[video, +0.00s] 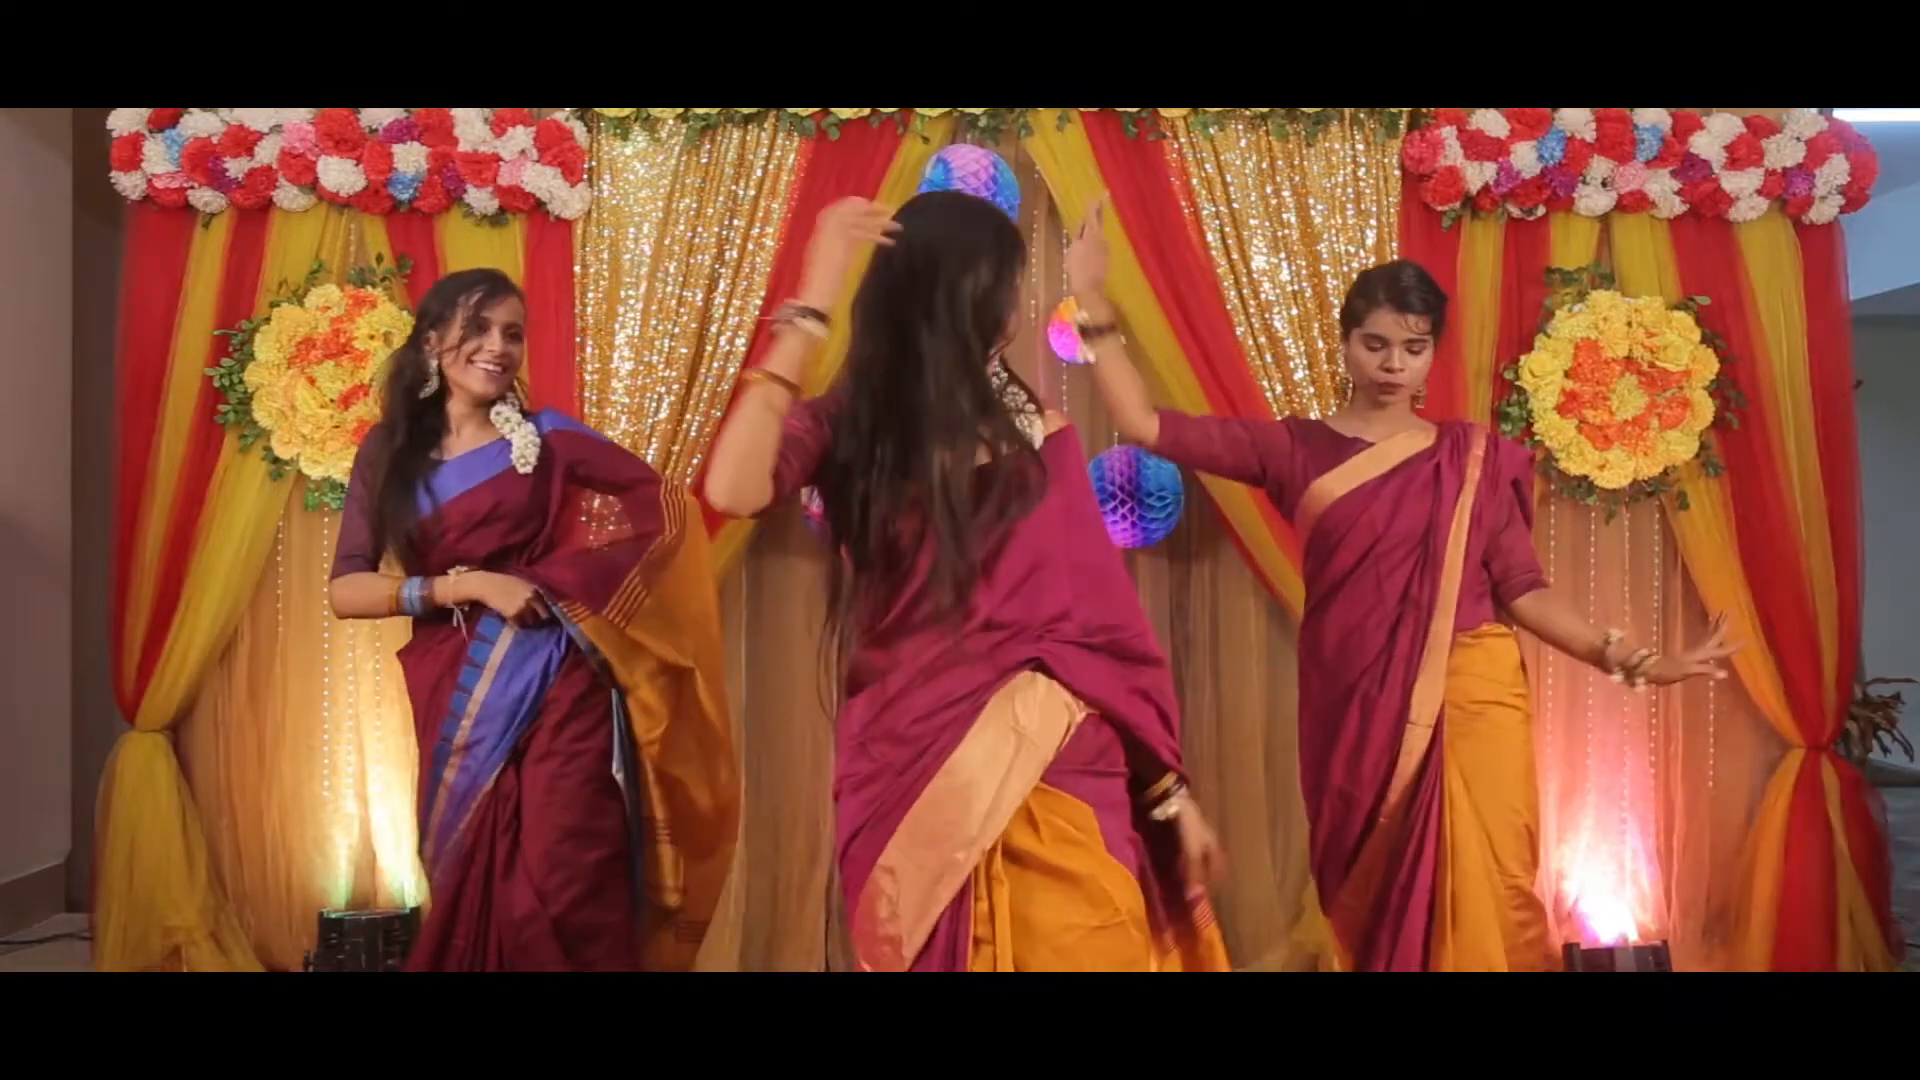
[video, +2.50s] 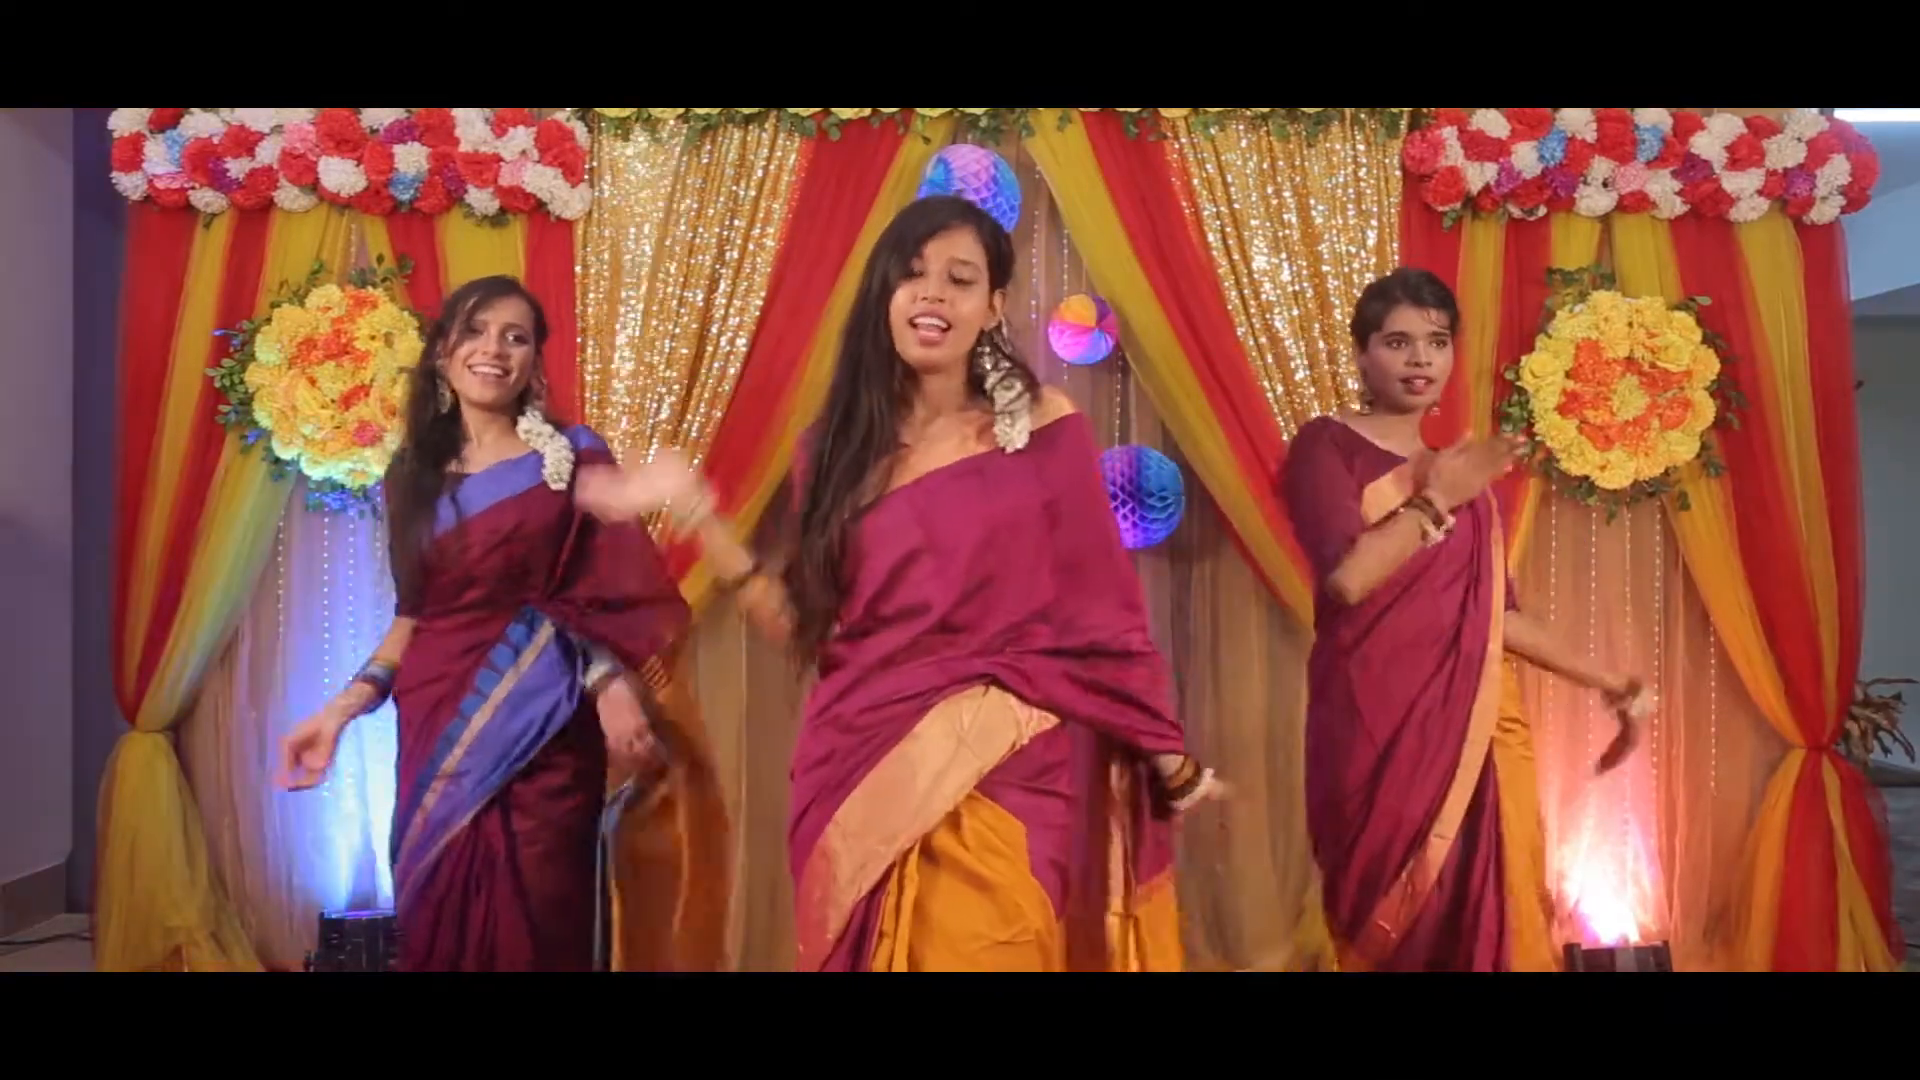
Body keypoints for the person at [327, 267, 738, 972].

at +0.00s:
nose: (499, 347)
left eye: (513, 334)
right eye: (479, 330)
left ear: (525, 348)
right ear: (433, 341)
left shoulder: (547, 434)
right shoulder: (390, 450)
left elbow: (658, 506)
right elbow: (346, 590)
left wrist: (564, 584)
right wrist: (465, 583)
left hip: (563, 686)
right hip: (458, 696)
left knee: (560, 890)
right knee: (471, 896)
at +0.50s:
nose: (486, 345)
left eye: (504, 333)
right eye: (466, 328)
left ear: (518, 352)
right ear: (429, 343)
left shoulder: (543, 434)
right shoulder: (391, 455)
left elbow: (651, 512)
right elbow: (346, 595)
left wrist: (569, 596)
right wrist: (463, 589)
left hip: (559, 688)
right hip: (454, 701)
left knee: (565, 898)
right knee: (474, 900)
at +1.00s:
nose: (486, 347)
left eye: (506, 334)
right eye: (466, 330)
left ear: (524, 355)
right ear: (433, 347)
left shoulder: (554, 441)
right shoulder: (399, 462)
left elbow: (662, 527)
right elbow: (357, 599)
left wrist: (551, 602)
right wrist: (461, 599)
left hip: (555, 691)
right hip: (452, 701)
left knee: (564, 897)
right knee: (469, 898)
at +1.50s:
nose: (494, 342)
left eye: (514, 329)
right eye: (476, 325)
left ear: (535, 351)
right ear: (445, 341)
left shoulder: (559, 441)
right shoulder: (408, 453)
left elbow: (671, 526)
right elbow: (349, 583)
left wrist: (565, 591)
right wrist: (448, 589)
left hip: (555, 692)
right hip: (451, 701)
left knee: (571, 898)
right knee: (478, 898)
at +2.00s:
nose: (484, 359)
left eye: (505, 346)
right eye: (466, 342)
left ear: (526, 367)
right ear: (436, 363)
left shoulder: (567, 454)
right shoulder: (416, 487)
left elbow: (666, 562)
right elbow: (377, 627)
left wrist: (554, 634)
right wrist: (464, 632)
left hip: (551, 724)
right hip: (443, 730)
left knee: (556, 924)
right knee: (453, 920)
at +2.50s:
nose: (494, 349)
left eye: (515, 337)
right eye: (474, 332)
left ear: (535, 365)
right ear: (441, 355)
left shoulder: (574, 455)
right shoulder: (417, 477)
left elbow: (598, 592)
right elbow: (414, 614)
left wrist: (611, 685)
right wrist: (340, 712)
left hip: (545, 732)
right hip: (434, 737)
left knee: (539, 941)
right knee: (438, 937)